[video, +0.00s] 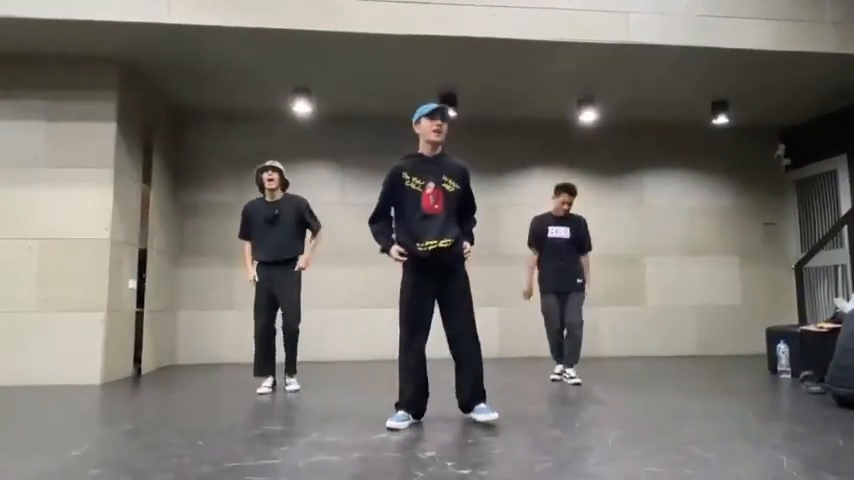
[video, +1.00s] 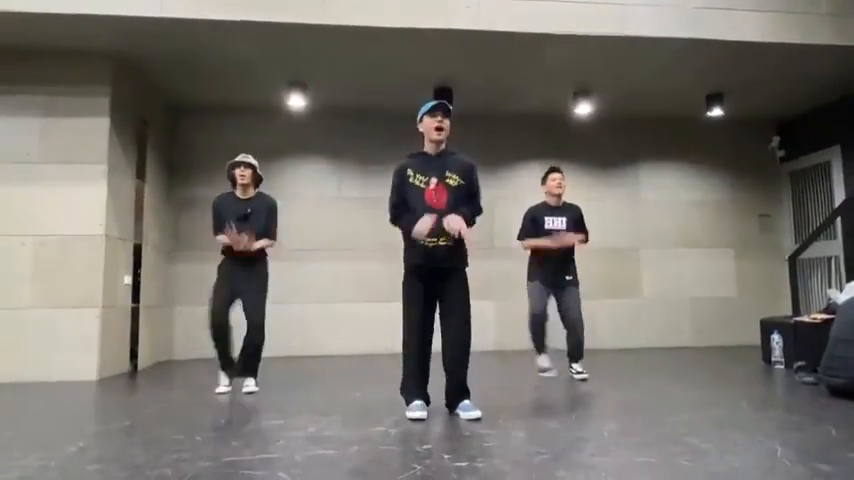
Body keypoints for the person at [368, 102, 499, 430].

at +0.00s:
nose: (438, 124)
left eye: (442, 119)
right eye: (431, 119)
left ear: (447, 128)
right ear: (416, 126)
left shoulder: (458, 170)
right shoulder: (401, 171)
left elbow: (468, 213)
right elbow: (379, 217)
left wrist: (467, 237)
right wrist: (389, 244)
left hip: (452, 265)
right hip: (416, 266)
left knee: (465, 335)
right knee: (412, 339)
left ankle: (474, 403)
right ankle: (409, 409)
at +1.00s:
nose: (439, 123)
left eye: (443, 119)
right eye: (433, 118)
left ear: (449, 126)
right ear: (420, 125)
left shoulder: (464, 167)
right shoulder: (406, 169)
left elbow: (473, 208)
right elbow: (396, 212)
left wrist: (459, 219)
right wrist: (415, 223)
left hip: (453, 265)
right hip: (418, 266)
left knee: (458, 333)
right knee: (417, 333)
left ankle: (459, 398)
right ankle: (416, 397)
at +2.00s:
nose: (441, 116)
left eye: (446, 111)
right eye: (434, 111)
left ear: (453, 118)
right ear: (424, 118)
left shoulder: (466, 162)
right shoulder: (409, 159)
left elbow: (471, 209)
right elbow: (398, 202)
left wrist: (456, 245)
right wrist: (412, 211)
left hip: (449, 254)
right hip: (413, 254)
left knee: (454, 326)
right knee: (396, 324)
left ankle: (457, 393)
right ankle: (380, 392)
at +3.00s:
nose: (435, 113)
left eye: (437, 109)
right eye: (427, 109)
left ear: (440, 117)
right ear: (411, 117)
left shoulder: (448, 160)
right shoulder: (405, 154)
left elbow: (457, 202)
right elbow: (405, 179)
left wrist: (455, 237)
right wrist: (456, 189)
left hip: (443, 254)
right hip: (410, 254)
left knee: (454, 324)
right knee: (397, 322)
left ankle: (458, 389)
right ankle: (382, 390)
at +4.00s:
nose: (450, 123)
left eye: (454, 118)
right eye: (443, 117)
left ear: (460, 126)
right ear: (431, 125)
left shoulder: (475, 166)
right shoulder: (419, 168)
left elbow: (485, 209)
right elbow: (412, 212)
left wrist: (473, 241)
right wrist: (424, 233)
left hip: (467, 257)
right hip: (431, 258)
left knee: (471, 325)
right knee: (419, 323)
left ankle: (474, 389)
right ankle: (405, 389)